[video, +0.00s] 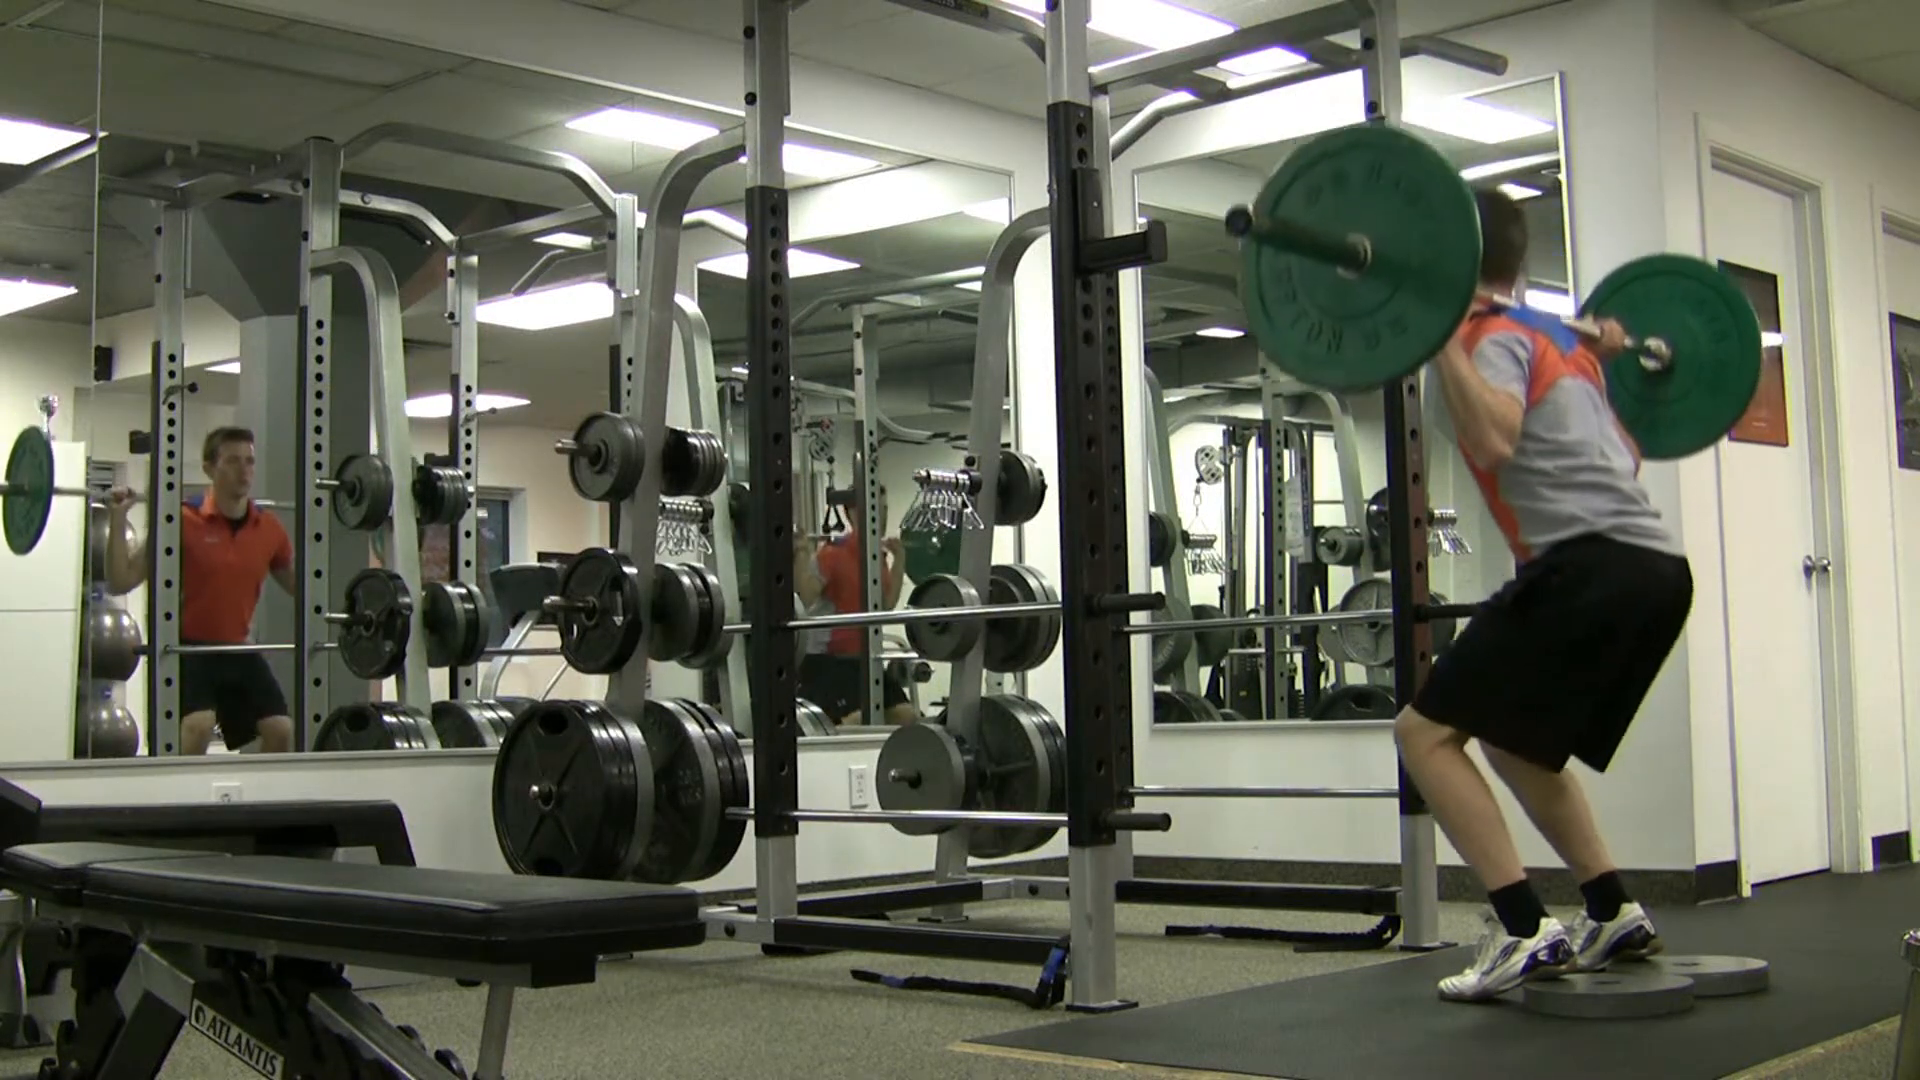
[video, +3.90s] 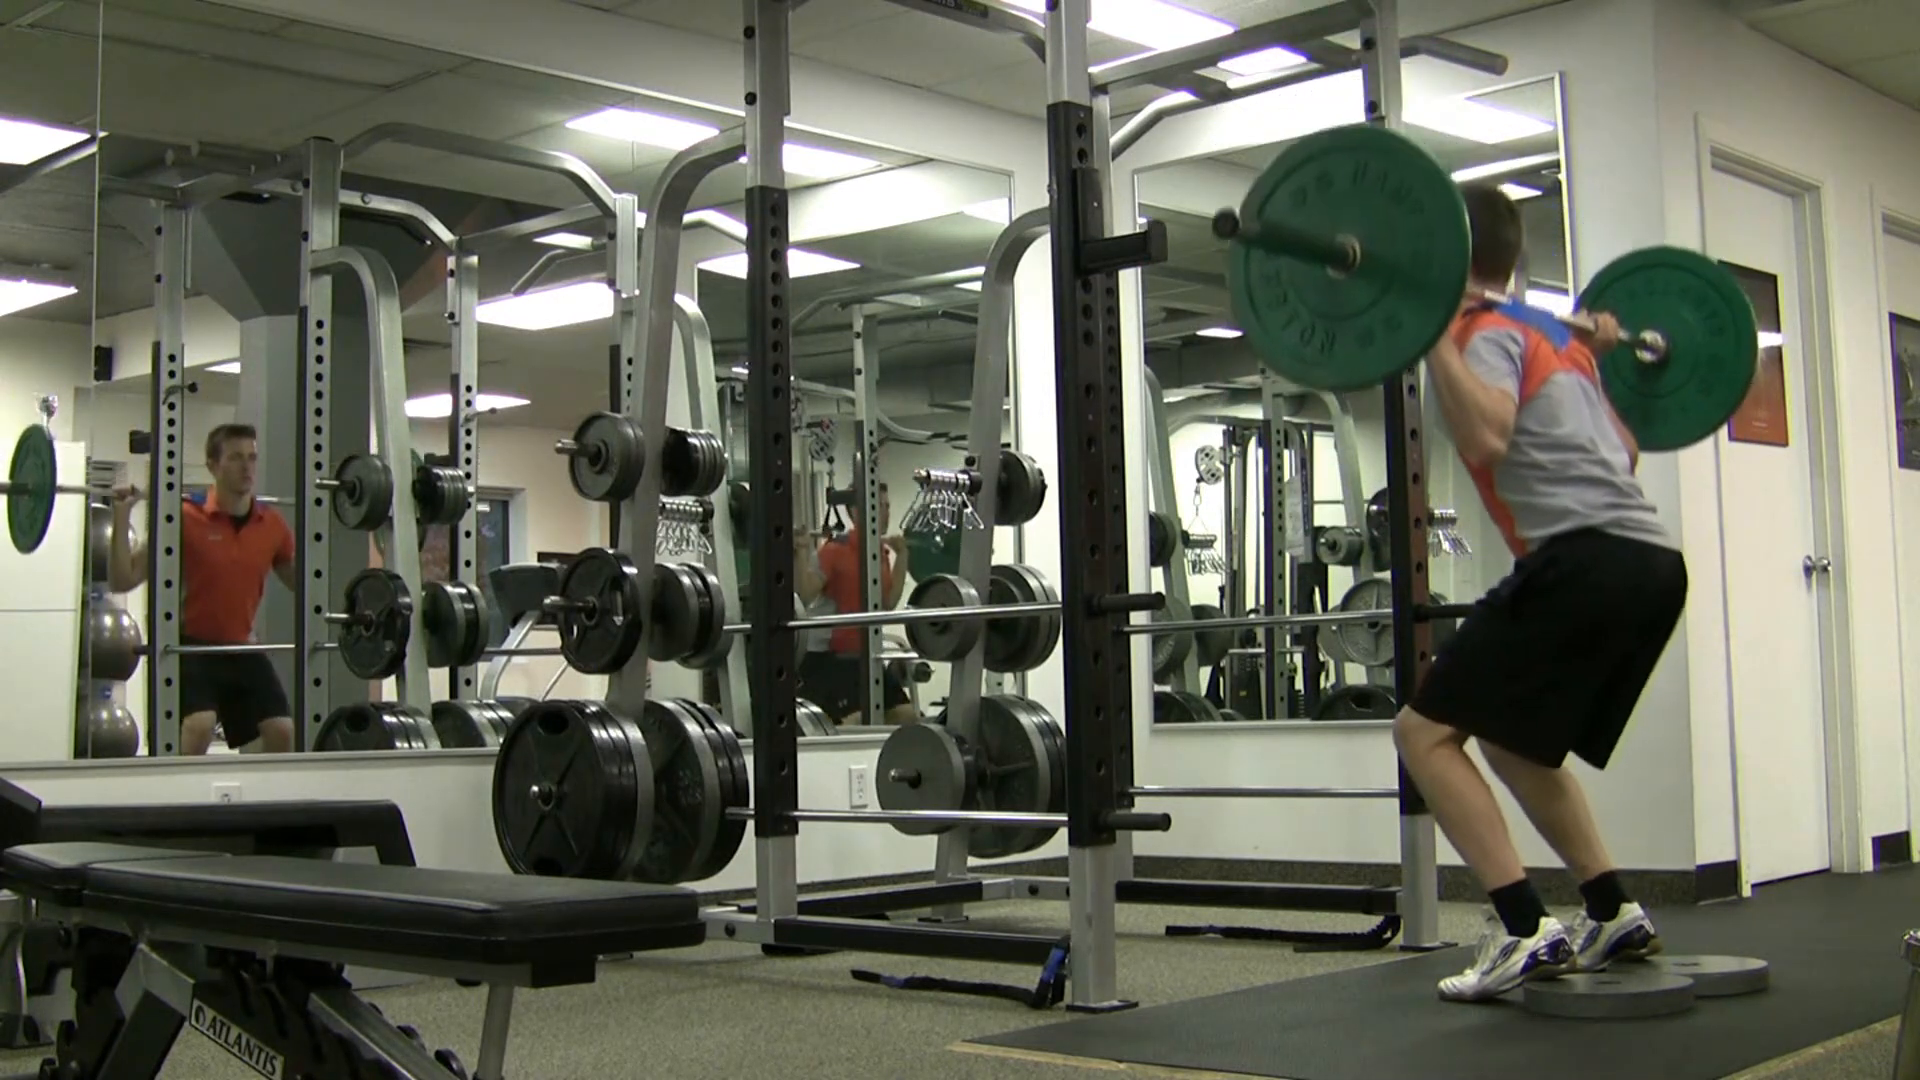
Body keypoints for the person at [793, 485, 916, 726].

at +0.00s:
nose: (875, 515)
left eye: (881, 508)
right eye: (867, 508)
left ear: (885, 511)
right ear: (850, 513)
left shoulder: (877, 556)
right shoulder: (833, 553)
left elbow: (888, 603)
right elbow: (808, 597)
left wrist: (899, 557)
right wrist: (801, 555)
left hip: (871, 656)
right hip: (839, 656)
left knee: (906, 717)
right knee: (855, 721)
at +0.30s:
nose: (881, 547)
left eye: (885, 539)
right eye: (872, 538)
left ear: (888, 542)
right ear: (853, 543)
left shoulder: (880, 585)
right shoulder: (833, 584)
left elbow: (886, 635)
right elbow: (815, 628)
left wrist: (901, 589)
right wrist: (802, 589)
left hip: (868, 679)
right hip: (829, 680)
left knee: (914, 721)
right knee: (862, 724)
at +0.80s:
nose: (887, 585)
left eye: (889, 578)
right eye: (878, 579)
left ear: (893, 579)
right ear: (857, 582)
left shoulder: (882, 619)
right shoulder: (836, 618)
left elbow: (891, 668)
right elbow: (812, 664)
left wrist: (904, 623)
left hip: (871, 702)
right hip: (836, 705)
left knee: (916, 722)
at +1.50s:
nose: (888, 549)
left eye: (889, 542)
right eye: (881, 542)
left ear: (891, 544)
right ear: (856, 546)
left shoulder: (881, 586)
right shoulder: (831, 587)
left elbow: (888, 636)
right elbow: (821, 633)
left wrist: (904, 592)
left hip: (868, 679)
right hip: (832, 680)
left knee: (912, 719)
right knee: (859, 723)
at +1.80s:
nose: (884, 515)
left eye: (885, 508)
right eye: (876, 508)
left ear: (887, 512)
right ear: (854, 513)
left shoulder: (879, 555)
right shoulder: (831, 553)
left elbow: (888, 603)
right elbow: (806, 596)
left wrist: (902, 555)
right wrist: (799, 554)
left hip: (868, 659)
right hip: (833, 658)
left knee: (908, 718)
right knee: (857, 720)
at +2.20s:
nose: (880, 478)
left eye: (882, 470)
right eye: (871, 470)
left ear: (884, 473)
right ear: (851, 474)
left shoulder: (877, 517)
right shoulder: (832, 515)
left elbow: (888, 569)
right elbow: (798, 566)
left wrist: (899, 525)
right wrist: (798, 518)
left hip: (867, 622)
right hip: (833, 623)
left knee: (884, 704)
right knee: (845, 706)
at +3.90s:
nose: (883, 512)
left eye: (885, 506)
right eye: (875, 506)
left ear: (888, 510)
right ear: (854, 511)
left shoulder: (881, 552)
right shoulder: (835, 549)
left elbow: (889, 603)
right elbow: (807, 594)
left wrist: (902, 555)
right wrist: (801, 552)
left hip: (872, 653)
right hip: (841, 654)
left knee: (907, 719)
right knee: (854, 722)